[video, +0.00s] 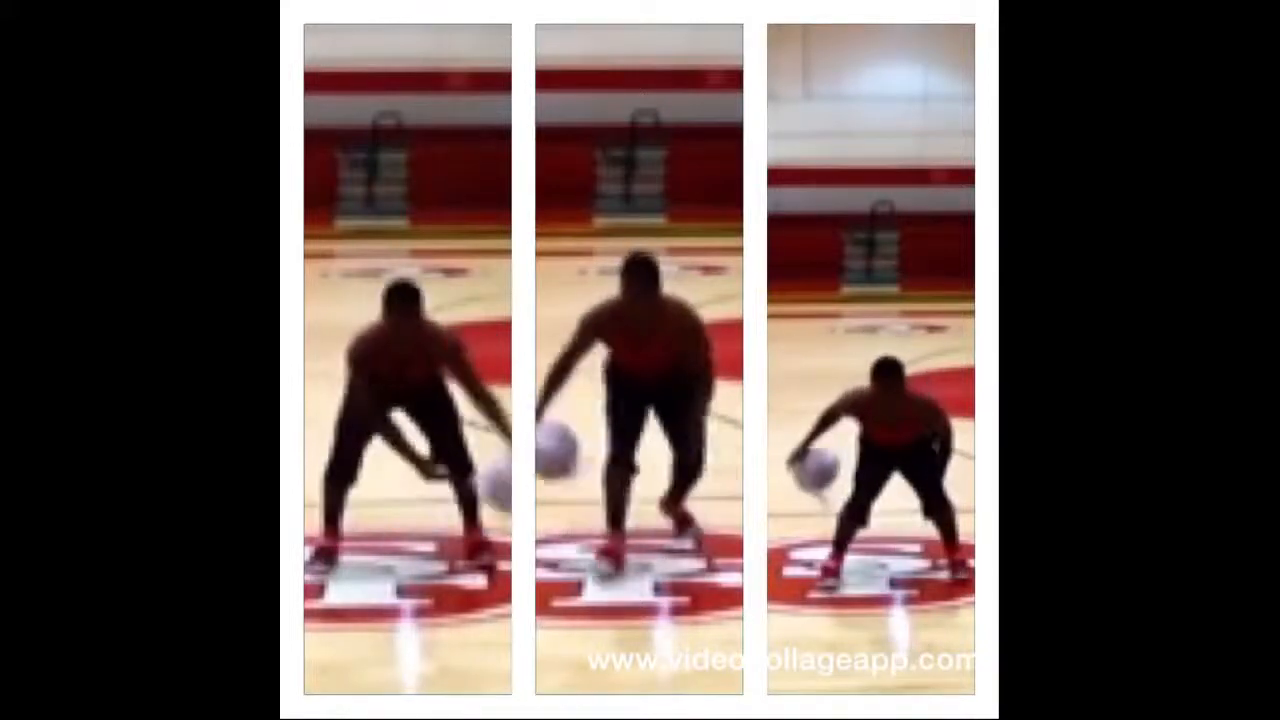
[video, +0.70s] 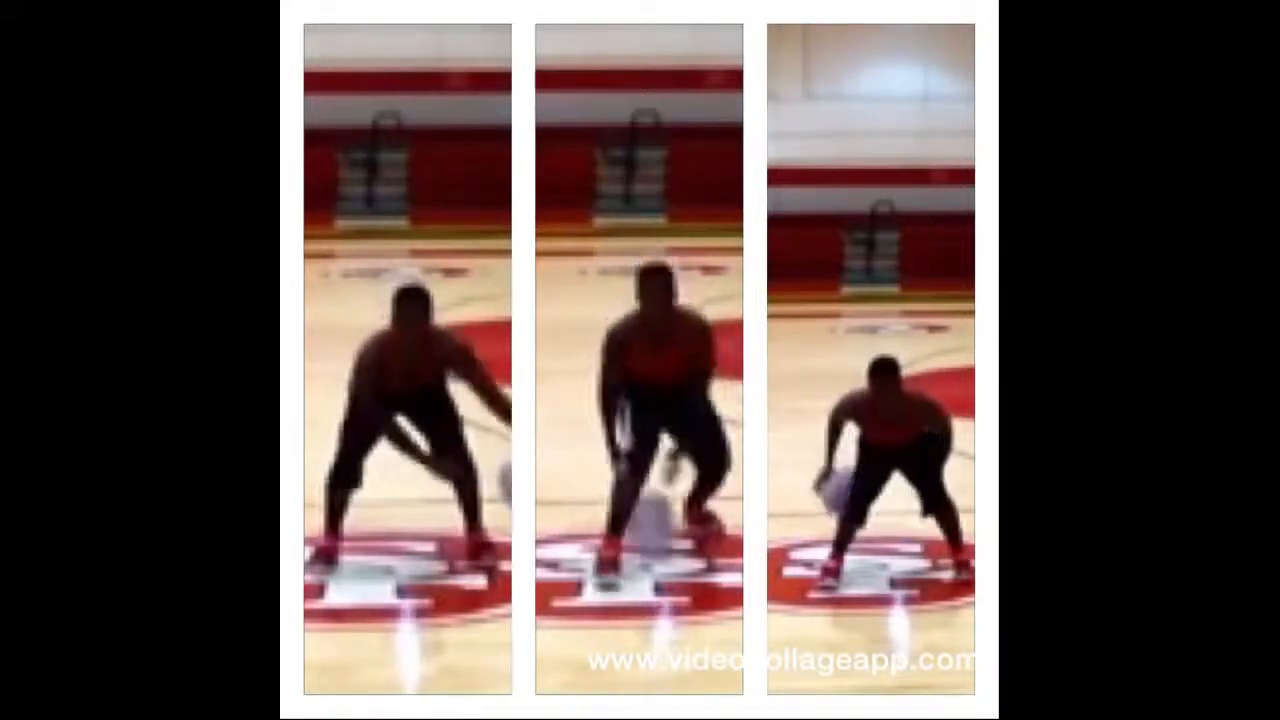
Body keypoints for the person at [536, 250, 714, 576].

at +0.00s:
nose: (638, 301)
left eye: (644, 294)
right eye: (632, 293)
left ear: (656, 290)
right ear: (622, 288)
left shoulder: (681, 319)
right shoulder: (606, 318)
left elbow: (704, 371)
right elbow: (566, 362)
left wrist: (698, 408)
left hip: (675, 385)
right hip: (627, 385)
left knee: (692, 460)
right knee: (620, 460)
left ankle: (673, 503)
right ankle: (615, 536)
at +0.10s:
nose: (637, 301)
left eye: (645, 292)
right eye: (631, 291)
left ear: (658, 288)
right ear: (622, 285)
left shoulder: (681, 317)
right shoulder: (602, 315)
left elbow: (708, 367)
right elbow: (563, 356)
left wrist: (713, 420)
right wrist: (539, 403)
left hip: (670, 378)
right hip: (622, 378)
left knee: (684, 450)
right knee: (604, 455)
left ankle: (705, 515)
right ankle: (600, 525)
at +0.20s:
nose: (644, 303)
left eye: (651, 295)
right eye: (638, 294)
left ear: (662, 293)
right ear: (627, 292)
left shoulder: (684, 332)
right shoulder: (603, 329)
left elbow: (700, 391)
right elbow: (592, 391)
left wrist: (698, 439)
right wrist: (585, 445)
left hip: (666, 398)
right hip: (618, 396)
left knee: (682, 461)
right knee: (586, 461)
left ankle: (707, 536)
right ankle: (601, 527)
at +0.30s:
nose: (651, 301)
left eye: (658, 293)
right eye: (644, 293)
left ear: (669, 293)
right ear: (635, 293)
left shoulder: (684, 332)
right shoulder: (611, 333)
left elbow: (696, 389)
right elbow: (612, 401)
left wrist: (698, 436)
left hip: (665, 407)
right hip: (619, 405)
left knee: (675, 471)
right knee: (586, 473)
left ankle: (708, 541)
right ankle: (598, 529)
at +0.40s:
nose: (659, 291)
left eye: (665, 283)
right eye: (652, 283)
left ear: (675, 282)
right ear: (640, 283)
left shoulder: (690, 313)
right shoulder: (616, 323)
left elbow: (716, 350)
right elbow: (601, 392)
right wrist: (611, 445)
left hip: (664, 387)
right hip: (618, 389)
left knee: (679, 458)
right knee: (597, 461)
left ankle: (706, 531)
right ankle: (599, 529)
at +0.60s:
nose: (658, 295)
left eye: (664, 287)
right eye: (651, 287)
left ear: (674, 285)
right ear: (639, 287)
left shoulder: (698, 317)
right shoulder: (620, 325)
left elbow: (730, 363)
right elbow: (594, 381)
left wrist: (744, 405)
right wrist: (594, 439)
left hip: (679, 385)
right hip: (631, 387)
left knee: (703, 459)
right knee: (621, 460)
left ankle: (696, 509)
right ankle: (608, 537)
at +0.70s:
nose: (657, 304)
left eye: (663, 296)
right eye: (650, 296)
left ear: (673, 295)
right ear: (639, 297)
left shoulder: (695, 330)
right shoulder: (622, 336)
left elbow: (699, 392)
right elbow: (609, 393)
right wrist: (613, 444)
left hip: (685, 403)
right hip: (641, 405)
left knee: (716, 460)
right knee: (632, 471)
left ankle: (695, 507)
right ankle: (612, 540)